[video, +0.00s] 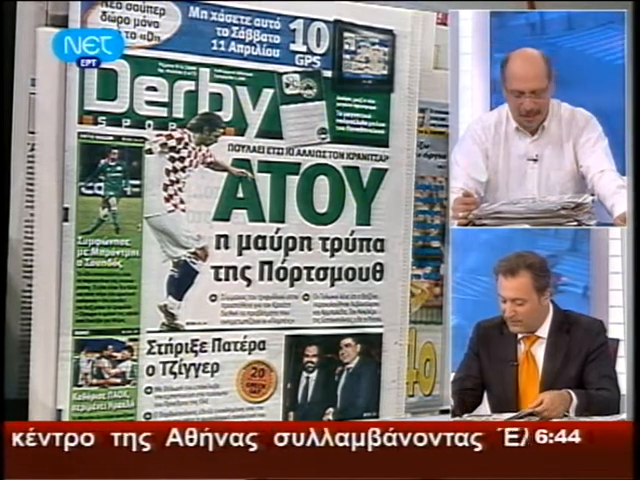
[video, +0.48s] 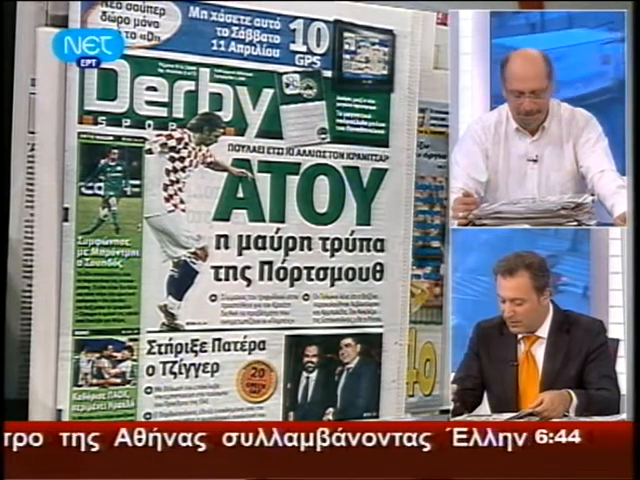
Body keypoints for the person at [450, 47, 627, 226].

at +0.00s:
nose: (528, 106)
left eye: (537, 94)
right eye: (518, 95)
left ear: (551, 86)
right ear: (504, 90)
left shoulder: (580, 124)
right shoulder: (482, 131)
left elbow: (604, 174)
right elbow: (462, 187)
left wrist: (624, 211)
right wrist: (462, 208)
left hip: (567, 245)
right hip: (499, 245)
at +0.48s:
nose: (527, 106)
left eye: (536, 95)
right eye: (517, 96)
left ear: (551, 87)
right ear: (504, 90)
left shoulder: (579, 124)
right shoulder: (482, 131)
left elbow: (603, 174)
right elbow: (462, 188)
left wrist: (624, 212)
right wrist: (462, 208)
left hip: (567, 244)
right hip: (499, 244)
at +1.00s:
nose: (526, 103)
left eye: (536, 92)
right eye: (517, 93)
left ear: (550, 86)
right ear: (504, 87)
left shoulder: (579, 123)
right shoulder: (482, 130)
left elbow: (603, 173)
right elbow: (462, 187)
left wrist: (624, 211)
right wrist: (462, 208)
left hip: (568, 244)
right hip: (500, 245)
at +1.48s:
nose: (527, 106)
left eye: (536, 96)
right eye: (517, 96)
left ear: (551, 88)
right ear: (504, 90)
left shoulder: (579, 124)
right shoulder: (482, 130)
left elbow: (603, 174)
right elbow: (462, 188)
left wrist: (624, 212)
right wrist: (462, 208)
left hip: (567, 245)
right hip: (499, 244)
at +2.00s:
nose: (549, 96)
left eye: (553, 84)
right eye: (536, 88)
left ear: (559, 81)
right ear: (511, 89)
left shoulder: (581, 123)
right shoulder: (484, 130)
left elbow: (604, 173)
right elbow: (463, 187)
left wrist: (624, 210)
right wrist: (463, 208)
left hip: (567, 245)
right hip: (499, 245)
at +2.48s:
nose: (548, 96)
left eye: (552, 84)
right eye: (535, 88)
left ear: (559, 81)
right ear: (511, 89)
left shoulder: (581, 124)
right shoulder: (484, 130)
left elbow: (604, 173)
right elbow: (463, 187)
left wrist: (624, 210)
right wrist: (463, 208)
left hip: (568, 244)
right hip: (500, 245)